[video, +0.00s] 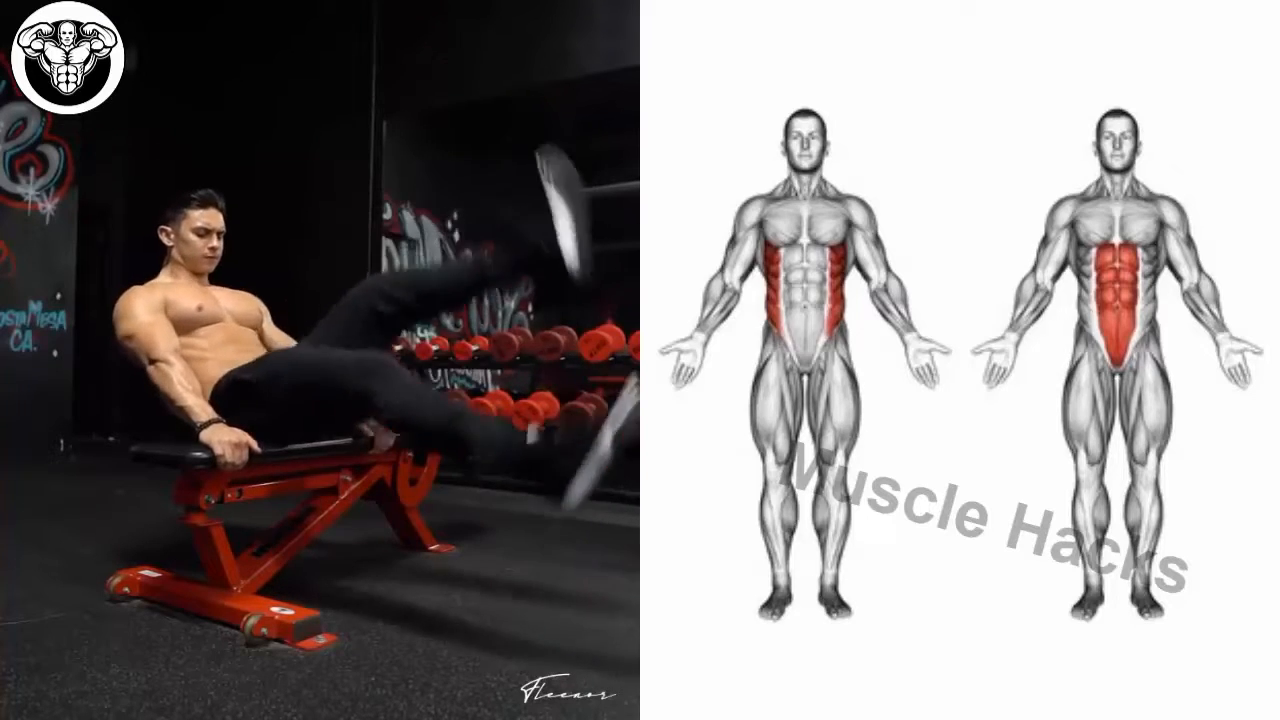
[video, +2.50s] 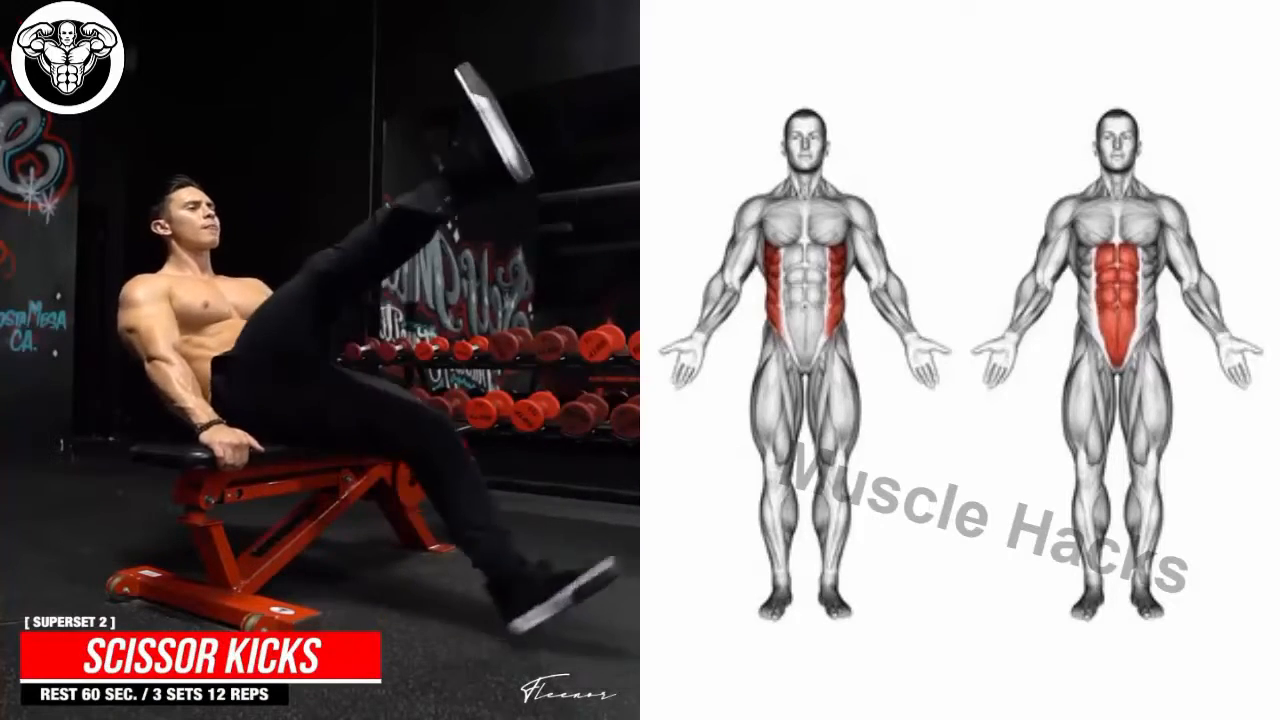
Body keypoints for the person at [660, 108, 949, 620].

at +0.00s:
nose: (804, 146)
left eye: (812, 138)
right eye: (797, 138)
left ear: (825, 146)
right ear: (785, 145)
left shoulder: (852, 211)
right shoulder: (758, 211)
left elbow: (881, 281)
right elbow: (729, 281)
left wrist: (910, 337)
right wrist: (700, 336)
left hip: (832, 355)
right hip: (777, 355)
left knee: (834, 467)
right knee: (777, 469)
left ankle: (830, 584)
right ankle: (780, 585)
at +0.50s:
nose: (804, 146)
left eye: (812, 138)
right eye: (797, 138)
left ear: (825, 145)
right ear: (785, 145)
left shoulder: (852, 211)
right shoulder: (758, 211)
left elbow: (881, 281)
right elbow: (729, 281)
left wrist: (910, 336)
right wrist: (700, 336)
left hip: (832, 355)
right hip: (777, 355)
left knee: (834, 468)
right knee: (777, 469)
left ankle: (830, 584)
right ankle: (780, 585)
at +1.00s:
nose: (804, 145)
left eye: (812, 138)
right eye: (797, 138)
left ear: (825, 146)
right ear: (785, 145)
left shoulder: (852, 211)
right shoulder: (758, 211)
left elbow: (881, 282)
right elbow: (729, 282)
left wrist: (910, 336)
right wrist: (700, 336)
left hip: (832, 355)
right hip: (777, 355)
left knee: (834, 467)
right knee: (777, 469)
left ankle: (830, 584)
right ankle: (780, 585)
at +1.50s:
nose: (804, 145)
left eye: (812, 138)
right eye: (797, 138)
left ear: (825, 146)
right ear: (785, 145)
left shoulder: (852, 211)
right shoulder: (758, 211)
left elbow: (881, 282)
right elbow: (729, 281)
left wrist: (910, 336)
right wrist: (700, 336)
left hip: (832, 355)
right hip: (777, 355)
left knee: (834, 467)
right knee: (777, 469)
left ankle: (830, 584)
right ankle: (780, 585)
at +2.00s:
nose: (804, 145)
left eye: (812, 138)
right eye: (797, 138)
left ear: (825, 145)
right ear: (785, 145)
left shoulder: (852, 211)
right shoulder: (758, 211)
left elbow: (881, 281)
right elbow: (729, 281)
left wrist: (910, 336)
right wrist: (700, 336)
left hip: (832, 355)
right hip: (777, 355)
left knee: (834, 467)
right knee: (777, 469)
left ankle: (830, 584)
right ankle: (780, 584)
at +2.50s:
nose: (805, 146)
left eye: (812, 138)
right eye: (797, 138)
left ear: (825, 145)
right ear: (785, 145)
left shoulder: (852, 211)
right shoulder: (758, 211)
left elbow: (881, 281)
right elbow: (729, 282)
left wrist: (910, 336)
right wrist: (700, 336)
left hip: (832, 356)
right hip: (777, 355)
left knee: (834, 467)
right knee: (777, 469)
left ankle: (830, 584)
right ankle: (780, 585)